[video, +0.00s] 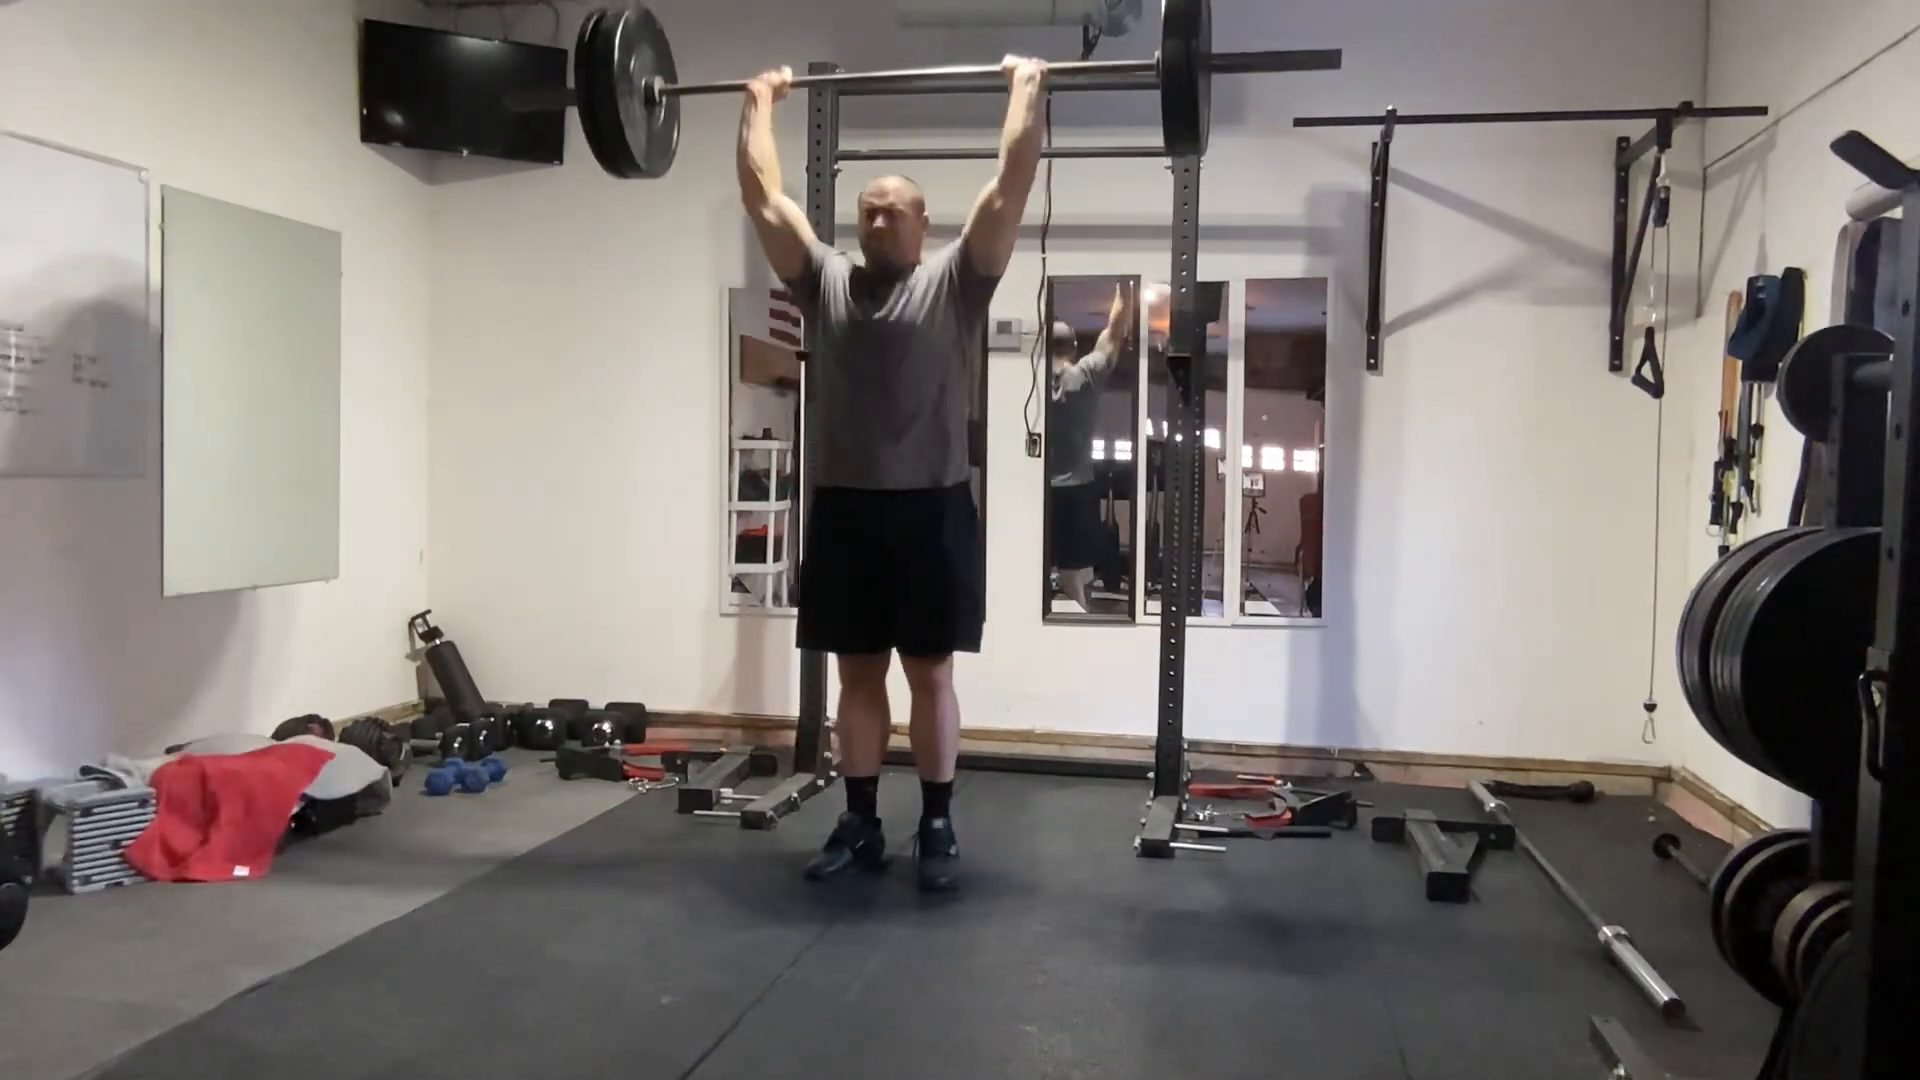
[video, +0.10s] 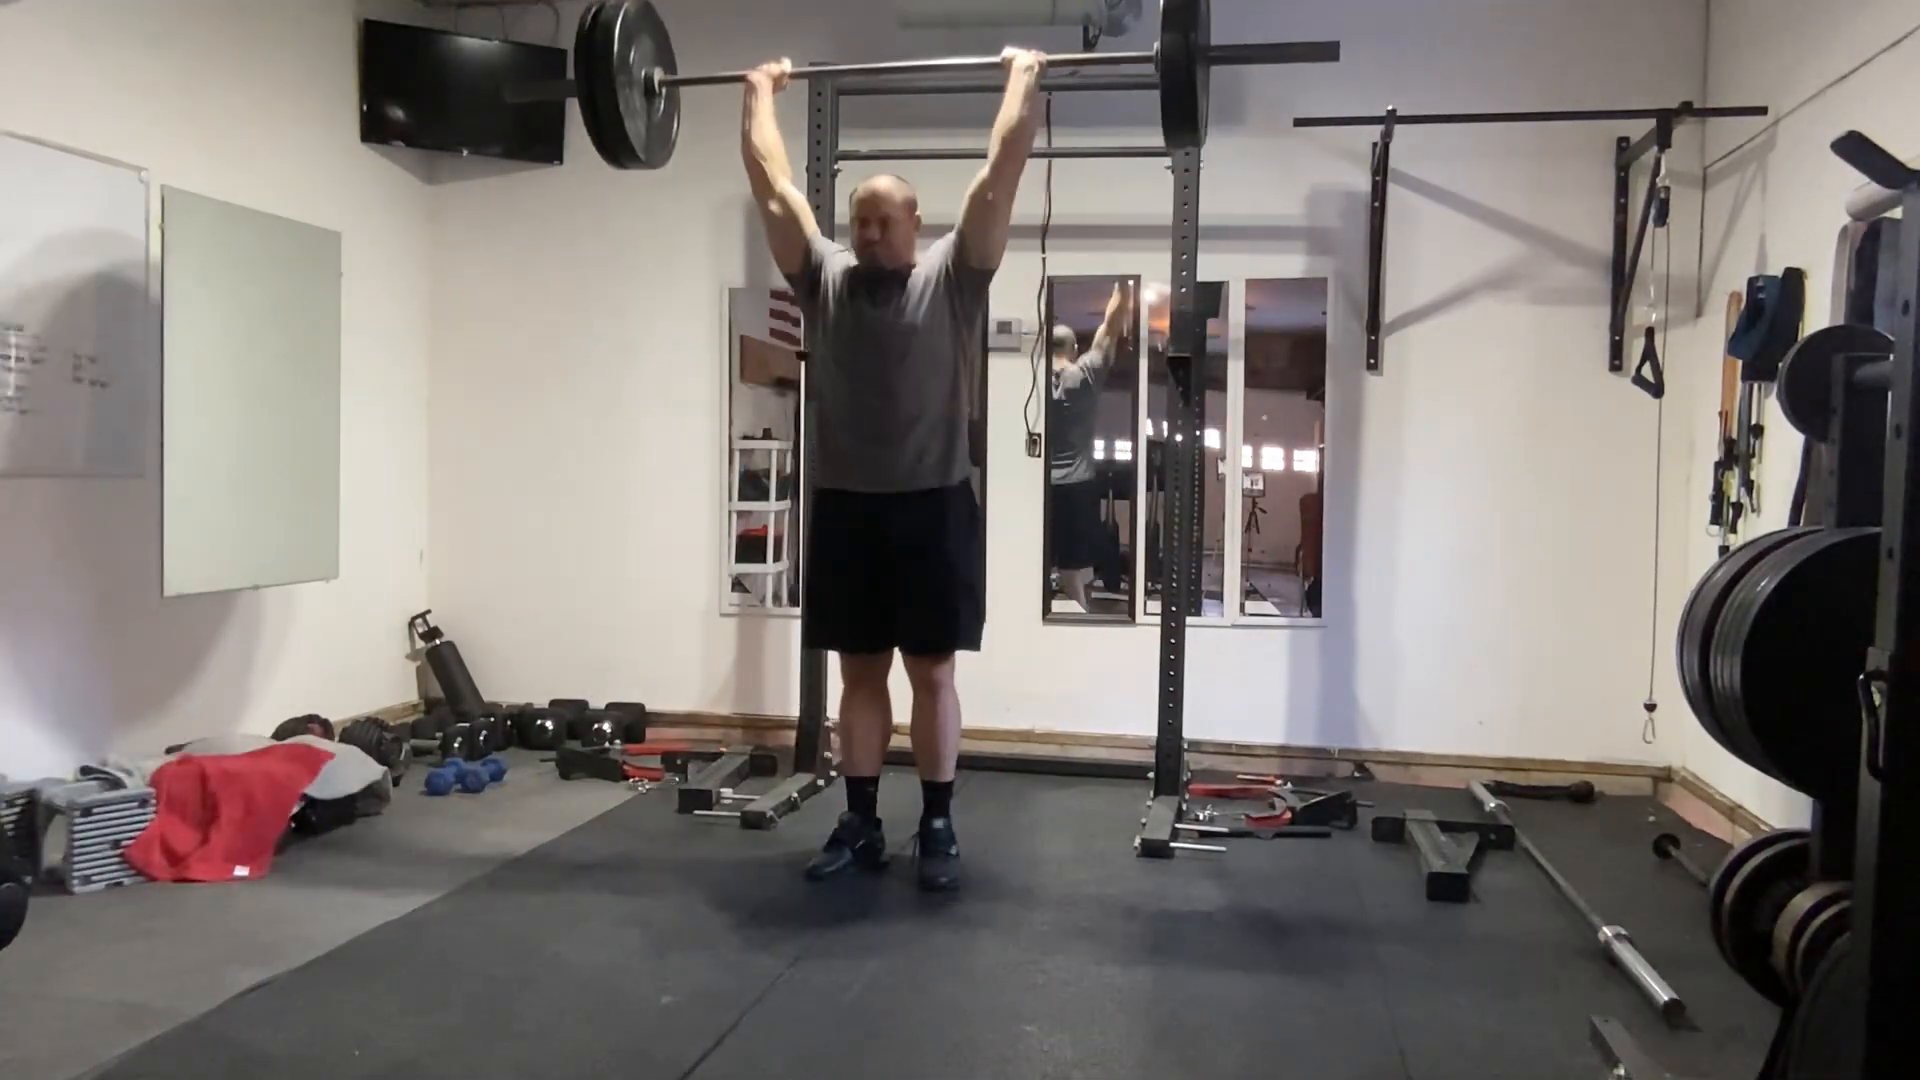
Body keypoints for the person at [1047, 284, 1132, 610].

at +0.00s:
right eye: (1068, 344)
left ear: (1042, 345)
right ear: (1073, 346)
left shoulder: (1029, 377)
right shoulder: (1085, 375)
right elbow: (1112, 335)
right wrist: (1122, 298)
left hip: (1039, 487)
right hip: (1076, 486)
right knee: (1075, 578)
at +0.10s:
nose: (1069, 351)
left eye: (1058, 346)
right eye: (1070, 345)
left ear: (1042, 347)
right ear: (1073, 348)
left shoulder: (1029, 378)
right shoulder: (1084, 375)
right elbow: (1108, 331)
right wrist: (1121, 297)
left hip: (1041, 482)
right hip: (1076, 481)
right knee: (1075, 575)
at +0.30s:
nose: (1049, 354)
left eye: (1050, 348)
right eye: (1052, 348)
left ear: (1045, 349)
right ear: (1073, 349)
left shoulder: (1029, 388)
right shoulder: (1090, 389)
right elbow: (1108, 451)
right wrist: (1116, 500)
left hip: (1037, 494)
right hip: (1077, 494)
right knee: (1077, 576)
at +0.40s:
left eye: (1051, 352)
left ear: (1044, 353)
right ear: (1074, 353)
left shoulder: (1029, 388)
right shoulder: (1091, 392)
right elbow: (1109, 455)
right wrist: (1115, 502)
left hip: (1035, 494)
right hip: (1077, 493)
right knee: (1080, 575)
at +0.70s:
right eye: (1077, 392)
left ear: (1049, 392)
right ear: (1077, 393)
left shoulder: (1032, 420)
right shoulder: (1095, 429)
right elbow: (1109, 491)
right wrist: (1116, 543)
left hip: (1034, 498)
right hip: (1077, 499)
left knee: (1031, 575)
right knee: (1087, 578)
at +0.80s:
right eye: (1075, 401)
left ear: (1048, 401)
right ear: (1076, 402)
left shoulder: (1033, 429)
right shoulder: (1094, 437)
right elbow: (1109, 498)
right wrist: (1116, 552)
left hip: (1035, 500)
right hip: (1077, 502)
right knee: (1089, 577)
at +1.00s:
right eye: (1074, 385)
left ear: (1048, 385)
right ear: (1076, 386)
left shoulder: (1031, 414)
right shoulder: (1092, 421)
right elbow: (1110, 480)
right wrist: (1117, 533)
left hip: (1034, 494)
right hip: (1076, 495)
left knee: (1031, 566)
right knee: (1083, 573)